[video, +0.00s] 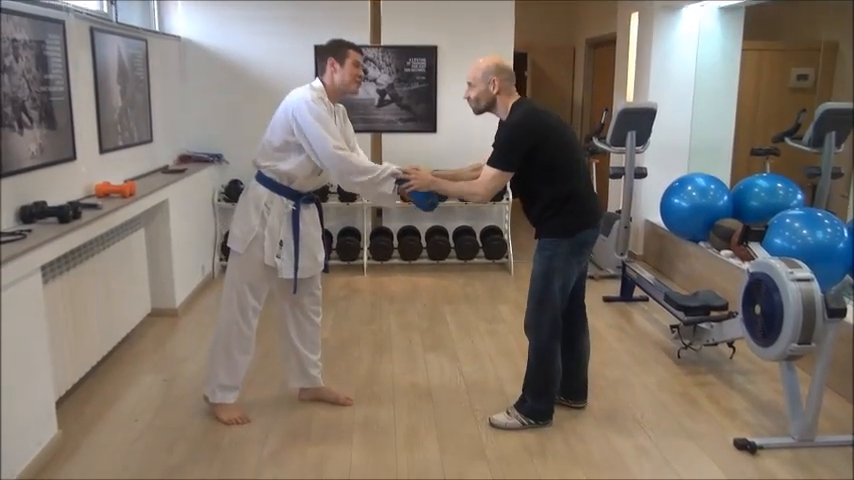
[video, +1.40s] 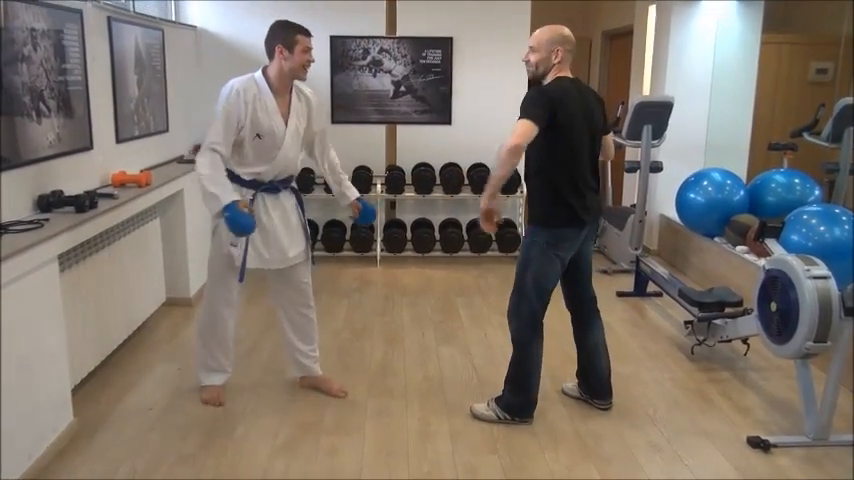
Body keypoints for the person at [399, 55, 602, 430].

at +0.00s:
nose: (466, 94)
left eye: (470, 86)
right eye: (466, 86)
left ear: (495, 86)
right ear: (498, 87)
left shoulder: (519, 124)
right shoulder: (521, 118)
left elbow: (483, 191)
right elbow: (480, 173)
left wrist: (430, 183)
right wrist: (432, 177)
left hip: (564, 230)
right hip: (576, 224)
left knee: (541, 320)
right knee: (570, 312)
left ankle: (535, 409)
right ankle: (572, 391)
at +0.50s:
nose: (510, 42)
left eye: (517, 35)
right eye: (512, 34)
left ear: (539, 42)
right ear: (539, 42)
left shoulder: (548, 90)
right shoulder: (537, 86)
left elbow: (491, 146)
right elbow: (488, 133)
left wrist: (437, 158)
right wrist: (436, 150)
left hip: (562, 211)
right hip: (566, 207)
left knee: (550, 304)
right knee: (572, 292)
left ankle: (540, 392)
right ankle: (589, 375)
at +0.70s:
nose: (536, 35)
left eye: (544, 28)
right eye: (538, 28)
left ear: (568, 33)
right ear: (567, 34)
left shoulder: (570, 84)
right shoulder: (564, 82)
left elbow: (529, 144)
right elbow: (517, 133)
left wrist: (476, 176)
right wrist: (469, 152)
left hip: (559, 209)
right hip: (572, 205)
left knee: (544, 302)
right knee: (577, 291)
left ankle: (542, 389)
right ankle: (593, 374)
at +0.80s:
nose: (542, 39)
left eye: (550, 32)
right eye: (545, 33)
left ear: (575, 37)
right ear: (574, 39)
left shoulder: (575, 86)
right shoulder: (581, 84)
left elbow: (557, 154)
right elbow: (545, 148)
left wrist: (518, 207)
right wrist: (501, 176)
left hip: (562, 212)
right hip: (580, 209)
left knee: (530, 295)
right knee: (583, 293)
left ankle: (540, 388)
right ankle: (594, 375)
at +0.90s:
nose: (544, 44)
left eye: (552, 36)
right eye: (546, 37)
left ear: (577, 40)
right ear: (575, 43)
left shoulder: (576, 88)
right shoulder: (588, 86)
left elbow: (580, 159)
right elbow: (595, 155)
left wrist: (576, 223)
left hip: (562, 212)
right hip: (580, 210)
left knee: (519, 287)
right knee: (591, 297)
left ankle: (536, 383)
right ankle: (596, 378)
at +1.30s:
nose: (533, 54)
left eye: (539, 47)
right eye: (535, 47)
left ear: (564, 52)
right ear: (569, 54)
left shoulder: (551, 89)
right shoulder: (595, 95)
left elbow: (551, 134)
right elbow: (617, 148)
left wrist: (538, 194)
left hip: (557, 221)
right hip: (586, 218)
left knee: (533, 313)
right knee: (587, 304)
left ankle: (516, 403)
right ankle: (598, 387)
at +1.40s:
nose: (527, 57)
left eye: (533, 51)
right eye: (528, 50)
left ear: (557, 54)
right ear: (562, 56)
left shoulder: (543, 94)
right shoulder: (591, 96)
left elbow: (515, 145)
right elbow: (608, 151)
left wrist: (490, 192)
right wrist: (573, 156)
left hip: (552, 224)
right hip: (585, 220)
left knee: (524, 313)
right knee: (583, 305)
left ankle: (516, 405)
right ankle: (596, 389)